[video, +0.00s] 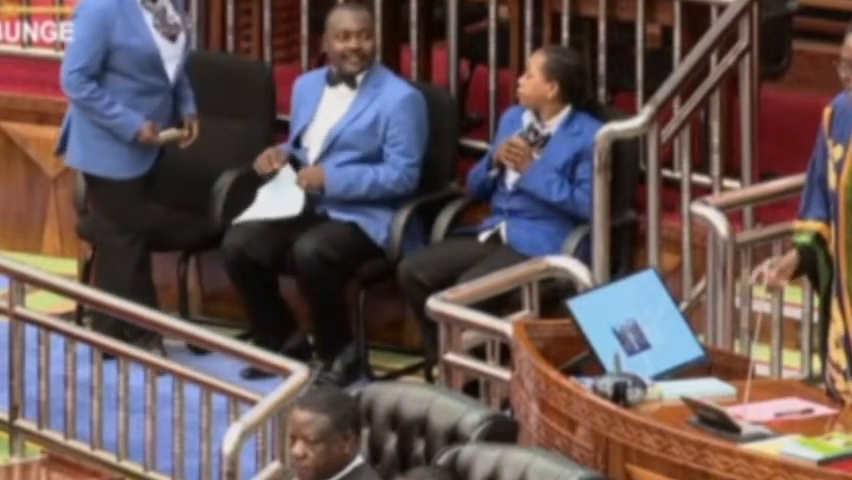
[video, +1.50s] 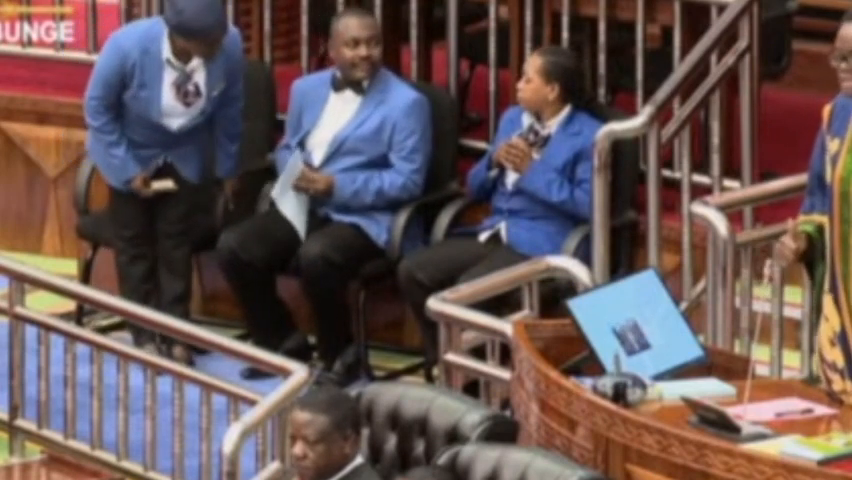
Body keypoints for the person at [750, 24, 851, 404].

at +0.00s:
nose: (844, 64)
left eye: (849, 57)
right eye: (843, 57)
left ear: (851, 60)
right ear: (839, 59)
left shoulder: (839, 114)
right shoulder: (838, 113)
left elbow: (819, 195)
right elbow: (820, 192)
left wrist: (799, 254)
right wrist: (799, 255)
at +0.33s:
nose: (843, 81)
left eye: (848, 71)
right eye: (839, 70)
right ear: (831, 66)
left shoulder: (837, 115)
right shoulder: (836, 114)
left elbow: (817, 211)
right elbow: (818, 209)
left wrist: (788, 239)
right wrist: (787, 239)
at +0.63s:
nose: (837, 73)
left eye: (845, 64)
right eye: (833, 63)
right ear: (826, 63)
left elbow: (821, 191)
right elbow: (818, 188)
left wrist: (803, 234)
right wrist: (801, 235)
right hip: (835, 269)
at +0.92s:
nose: (836, 66)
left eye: (843, 57)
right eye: (833, 57)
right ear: (828, 59)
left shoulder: (840, 114)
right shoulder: (835, 112)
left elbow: (822, 187)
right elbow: (820, 184)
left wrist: (807, 232)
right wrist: (806, 231)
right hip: (835, 275)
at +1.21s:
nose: (838, 66)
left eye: (844, 57)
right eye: (835, 57)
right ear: (829, 60)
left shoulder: (839, 115)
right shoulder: (835, 114)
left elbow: (822, 197)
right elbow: (820, 193)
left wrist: (806, 233)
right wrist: (804, 234)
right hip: (835, 292)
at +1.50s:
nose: (844, 68)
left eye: (849, 58)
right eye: (840, 58)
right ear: (832, 59)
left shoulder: (838, 114)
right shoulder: (835, 114)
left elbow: (821, 199)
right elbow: (818, 195)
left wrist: (805, 237)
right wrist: (803, 237)